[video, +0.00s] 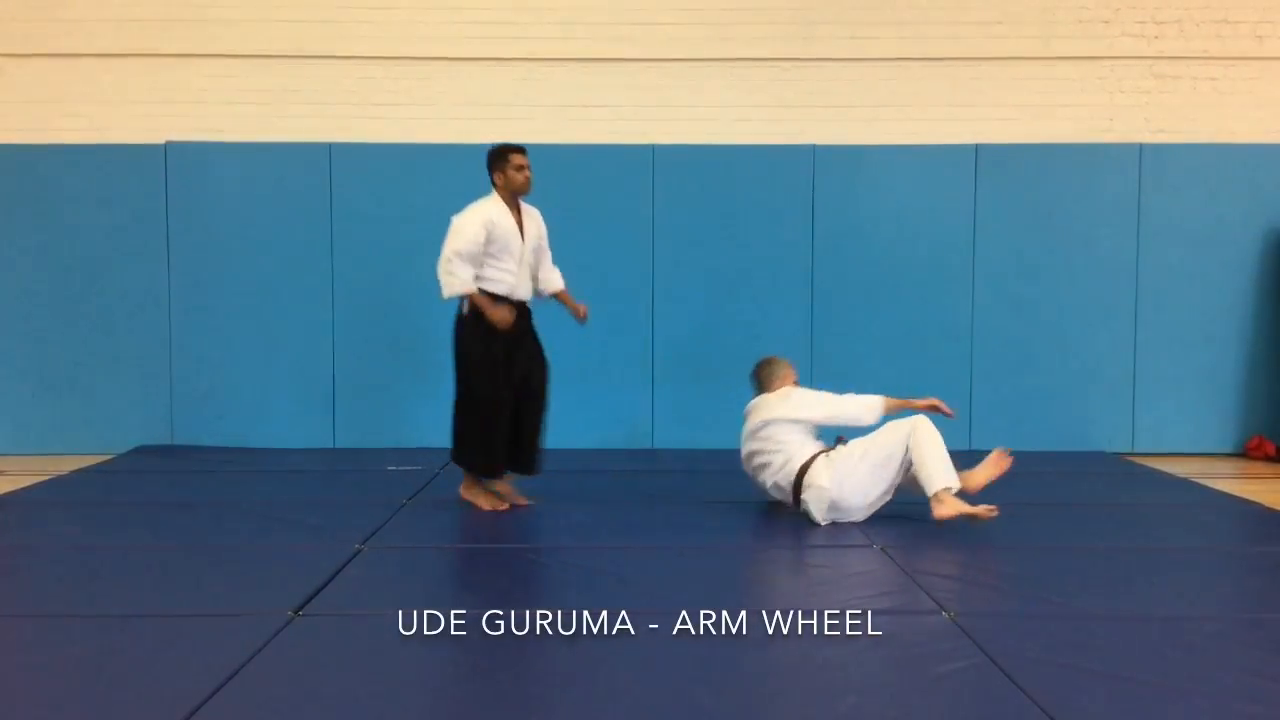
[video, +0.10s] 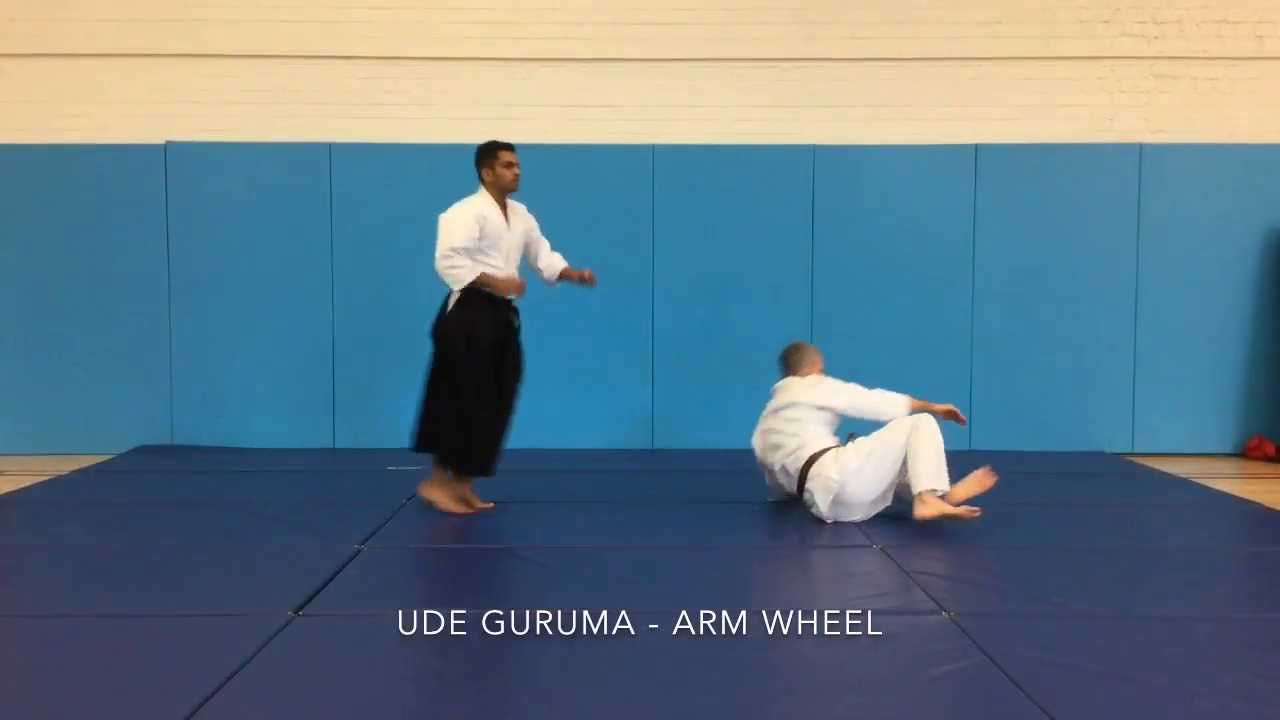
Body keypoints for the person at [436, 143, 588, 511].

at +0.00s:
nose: (527, 174)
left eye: (528, 168)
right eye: (519, 169)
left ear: (527, 173)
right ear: (498, 175)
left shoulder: (533, 217)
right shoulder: (475, 217)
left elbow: (543, 269)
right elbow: (453, 268)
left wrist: (570, 303)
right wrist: (487, 306)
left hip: (518, 316)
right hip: (481, 315)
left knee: (526, 389)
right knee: (482, 395)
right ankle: (472, 481)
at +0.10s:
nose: (516, 171)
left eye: (517, 166)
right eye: (508, 166)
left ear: (516, 172)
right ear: (486, 172)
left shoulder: (521, 217)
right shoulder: (463, 213)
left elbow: (542, 256)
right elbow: (449, 261)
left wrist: (570, 273)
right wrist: (494, 281)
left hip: (502, 317)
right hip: (468, 314)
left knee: (492, 397)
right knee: (464, 395)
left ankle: (461, 483)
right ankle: (437, 482)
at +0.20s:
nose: (503, 183)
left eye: (502, 176)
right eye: (495, 177)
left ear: (495, 183)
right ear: (473, 183)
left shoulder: (504, 228)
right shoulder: (451, 225)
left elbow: (536, 257)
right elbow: (455, 277)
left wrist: (570, 262)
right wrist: (502, 272)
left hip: (487, 330)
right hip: (454, 327)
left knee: (477, 412)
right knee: (436, 406)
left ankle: (454, 491)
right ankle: (385, 484)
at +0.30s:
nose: (489, 190)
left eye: (489, 184)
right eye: (481, 184)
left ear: (480, 190)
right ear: (459, 190)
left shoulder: (483, 236)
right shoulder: (440, 231)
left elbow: (518, 270)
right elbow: (457, 285)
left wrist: (552, 260)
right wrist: (493, 271)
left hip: (472, 335)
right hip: (441, 332)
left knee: (476, 411)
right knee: (416, 411)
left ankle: (454, 493)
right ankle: (355, 487)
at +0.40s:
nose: (474, 191)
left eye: (474, 184)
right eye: (467, 184)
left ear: (457, 190)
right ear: (444, 190)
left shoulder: (462, 235)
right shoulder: (426, 231)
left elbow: (490, 281)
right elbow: (446, 284)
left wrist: (526, 271)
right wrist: (477, 270)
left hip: (459, 332)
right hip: (429, 331)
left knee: (471, 411)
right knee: (406, 412)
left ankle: (457, 492)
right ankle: (352, 492)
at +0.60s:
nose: (449, 186)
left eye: (449, 179)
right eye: (442, 180)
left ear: (427, 185)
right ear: (419, 183)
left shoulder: (435, 229)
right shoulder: (398, 224)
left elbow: (461, 276)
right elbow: (415, 277)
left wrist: (495, 260)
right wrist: (447, 261)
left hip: (442, 327)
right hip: (410, 326)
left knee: (453, 405)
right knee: (385, 407)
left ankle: (453, 490)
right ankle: (349, 494)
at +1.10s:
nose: (426, 190)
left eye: (425, 184)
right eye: (420, 184)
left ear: (404, 188)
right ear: (395, 187)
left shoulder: (416, 232)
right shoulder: (375, 229)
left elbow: (448, 269)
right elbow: (400, 281)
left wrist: (488, 254)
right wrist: (429, 257)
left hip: (429, 330)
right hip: (395, 331)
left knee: (444, 410)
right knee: (374, 416)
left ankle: (449, 493)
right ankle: (344, 504)